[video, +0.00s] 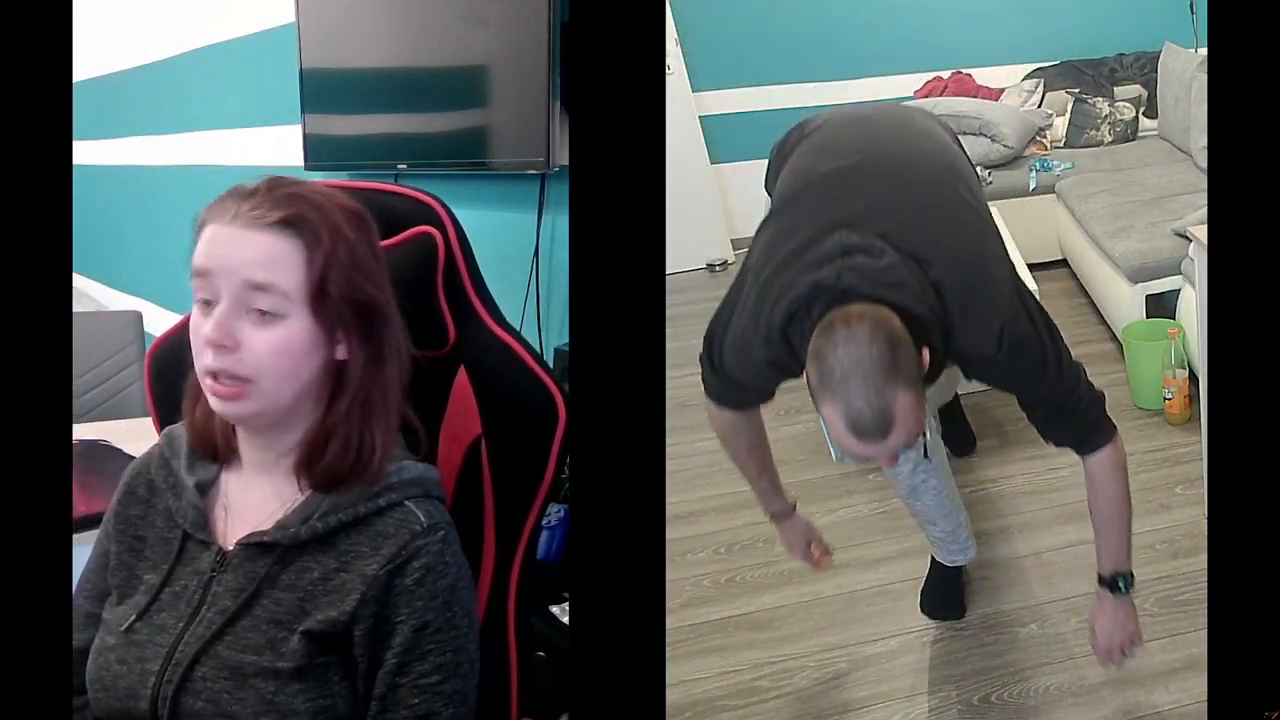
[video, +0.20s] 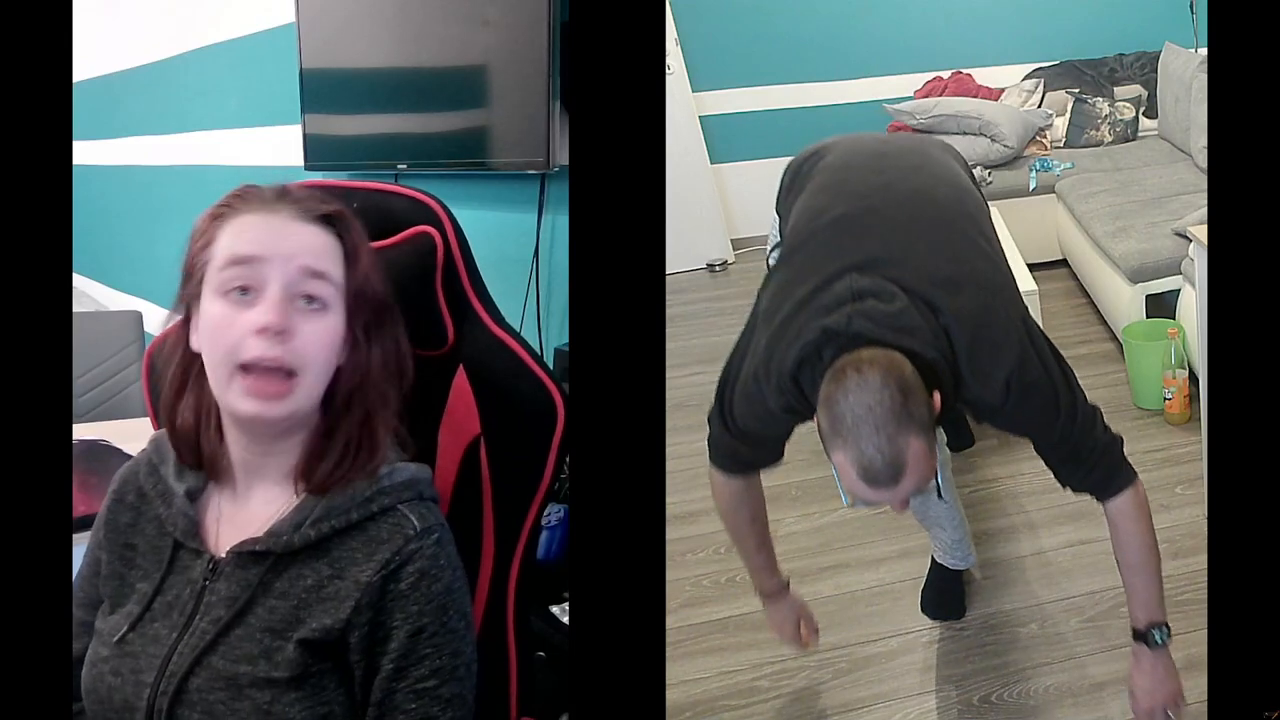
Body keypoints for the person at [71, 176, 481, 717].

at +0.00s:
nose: (215, 335)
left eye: (261, 311)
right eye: (205, 301)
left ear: (343, 335)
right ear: (191, 306)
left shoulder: (407, 549)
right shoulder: (154, 481)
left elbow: (427, 706)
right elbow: (77, 679)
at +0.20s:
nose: (272, 321)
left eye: (311, 299)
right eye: (242, 290)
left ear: (348, 341)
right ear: (194, 325)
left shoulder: (402, 548)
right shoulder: (140, 492)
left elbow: (430, 702)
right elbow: (77, 680)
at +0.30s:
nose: (300, 314)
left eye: (328, 295)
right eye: (262, 287)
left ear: (351, 335)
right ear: (194, 329)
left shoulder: (401, 548)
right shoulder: (134, 497)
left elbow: (432, 704)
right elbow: (78, 683)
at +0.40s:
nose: (319, 312)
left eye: (337, 293)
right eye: (275, 288)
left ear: (355, 330)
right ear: (195, 333)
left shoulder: (400, 550)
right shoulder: (125, 505)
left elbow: (434, 703)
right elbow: (79, 684)